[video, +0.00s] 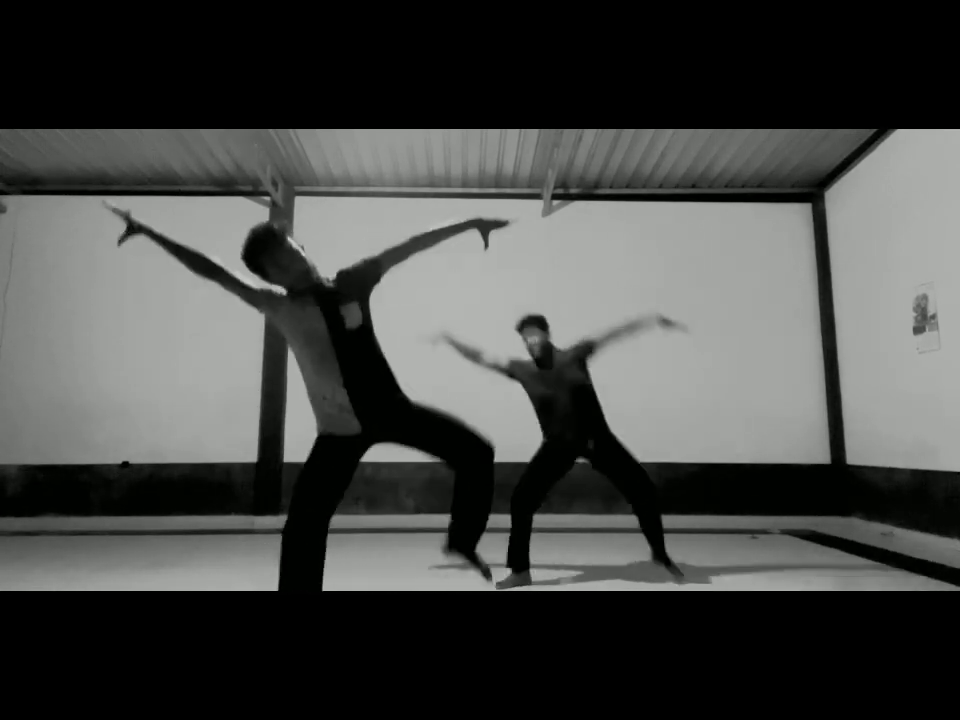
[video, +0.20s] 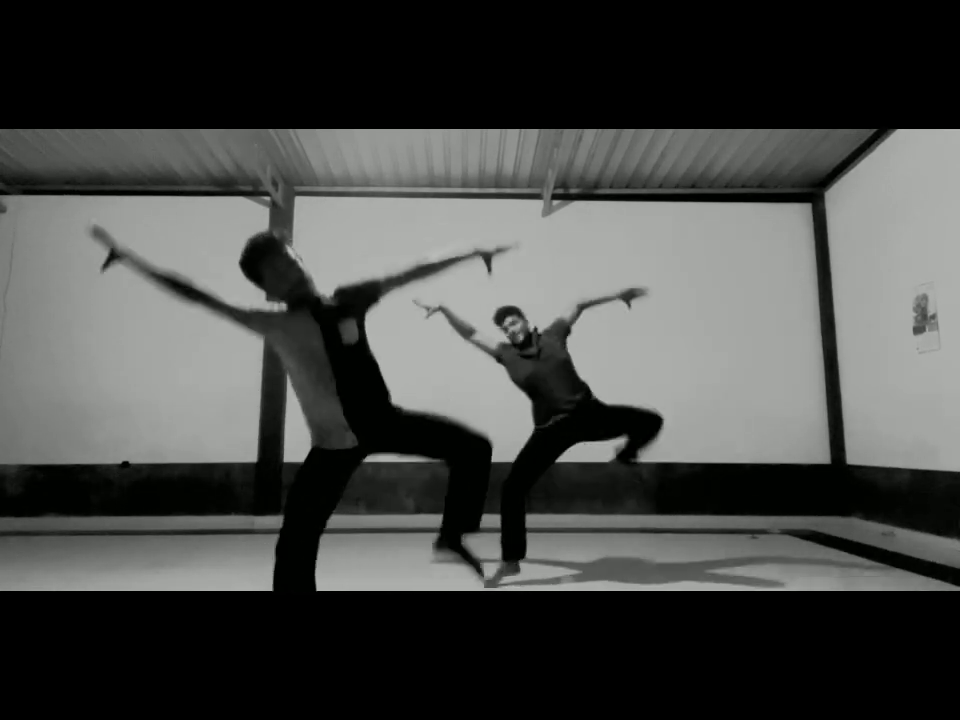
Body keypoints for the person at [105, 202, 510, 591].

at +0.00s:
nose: (292, 261)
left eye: (288, 252)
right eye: (280, 262)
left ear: (296, 248)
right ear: (270, 274)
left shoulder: (354, 282)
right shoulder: (278, 310)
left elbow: (413, 246)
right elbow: (211, 271)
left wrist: (472, 224)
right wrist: (148, 232)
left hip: (395, 416)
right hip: (339, 434)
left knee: (476, 453)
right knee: (303, 527)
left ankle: (460, 551)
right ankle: (299, 598)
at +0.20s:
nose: (289, 270)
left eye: (286, 261)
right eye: (276, 270)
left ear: (296, 258)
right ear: (266, 285)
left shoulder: (352, 300)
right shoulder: (272, 326)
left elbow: (411, 276)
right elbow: (192, 295)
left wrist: (476, 257)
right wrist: (126, 259)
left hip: (386, 425)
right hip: (332, 447)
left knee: (473, 449)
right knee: (295, 546)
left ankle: (453, 539)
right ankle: (296, 601)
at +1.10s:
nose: (422, 276)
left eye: (423, 270)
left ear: (422, 275)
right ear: (461, 273)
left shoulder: (414, 314)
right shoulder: (481, 313)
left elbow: (353, 283)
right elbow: (502, 285)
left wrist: (313, 255)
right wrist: (505, 264)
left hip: (448, 448)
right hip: (492, 441)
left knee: (461, 546)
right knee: (510, 460)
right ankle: (505, 533)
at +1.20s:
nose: (433, 276)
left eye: (433, 271)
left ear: (432, 277)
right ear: (470, 273)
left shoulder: (425, 313)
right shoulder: (493, 311)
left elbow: (362, 282)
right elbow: (523, 283)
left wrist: (313, 255)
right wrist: (537, 254)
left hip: (457, 447)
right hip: (502, 440)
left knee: (459, 545)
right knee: (532, 488)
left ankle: (470, 593)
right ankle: (555, 547)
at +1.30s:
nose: (434, 284)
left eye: (436, 279)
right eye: (435, 279)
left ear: (442, 283)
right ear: (475, 278)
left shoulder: (435, 316)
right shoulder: (504, 313)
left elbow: (368, 295)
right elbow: (545, 287)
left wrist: (319, 279)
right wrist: (567, 258)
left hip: (470, 446)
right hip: (516, 439)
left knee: (448, 538)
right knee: (551, 505)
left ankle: (461, 592)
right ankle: (575, 578)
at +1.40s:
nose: (452, 303)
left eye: (448, 297)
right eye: (460, 294)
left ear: (448, 305)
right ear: (482, 297)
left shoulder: (446, 343)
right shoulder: (512, 335)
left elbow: (378, 343)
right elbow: (562, 322)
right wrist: (597, 298)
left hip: (485, 464)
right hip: (529, 460)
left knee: (428, 542)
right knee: (557, 516)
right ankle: (576, 584)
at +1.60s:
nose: (461, 351)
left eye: (459, 344)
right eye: (460, 342)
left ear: (462, 346)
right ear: (494, 337)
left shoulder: (461, 391)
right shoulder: (528, 379)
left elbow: (417, 443)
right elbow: (547, 411)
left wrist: (377, 477)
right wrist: (557, 431)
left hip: (498, 494)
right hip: (543, 491)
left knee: (417, 555)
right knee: (567, 553)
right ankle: (573, 587)